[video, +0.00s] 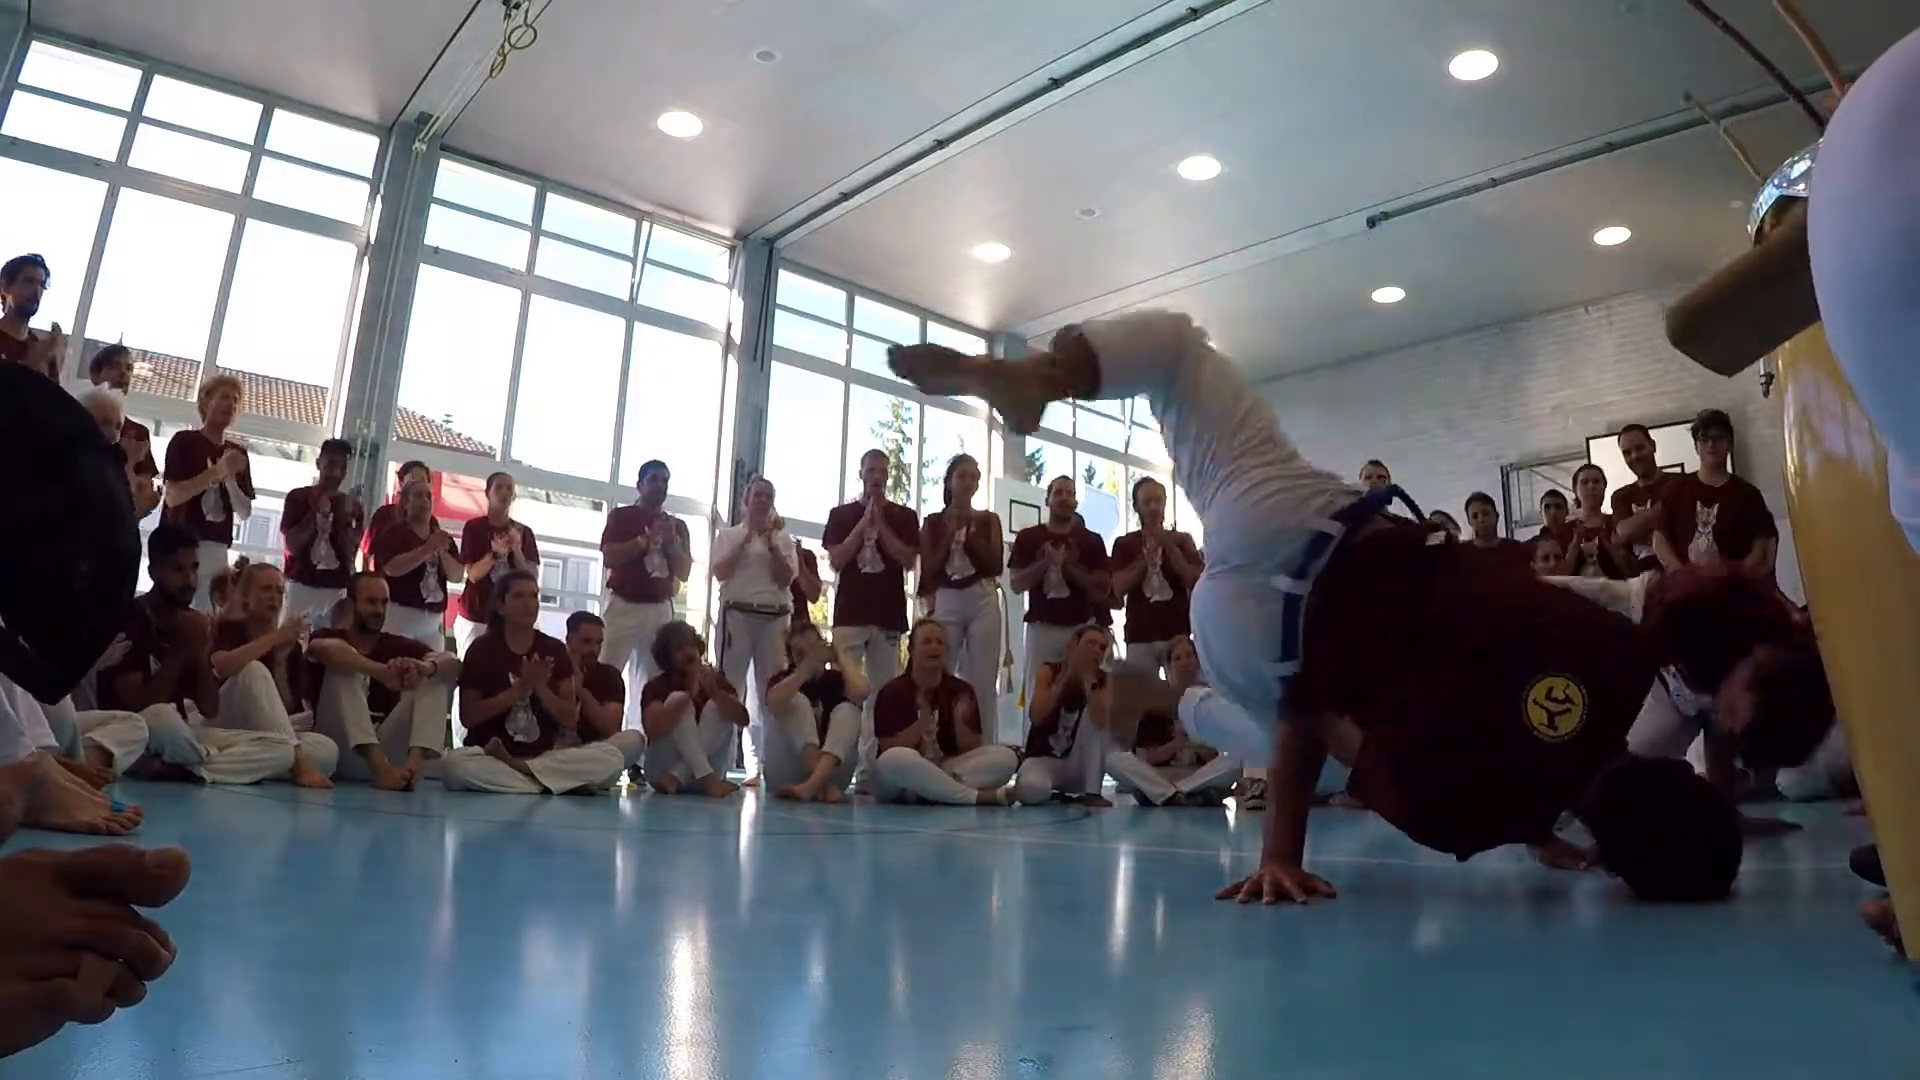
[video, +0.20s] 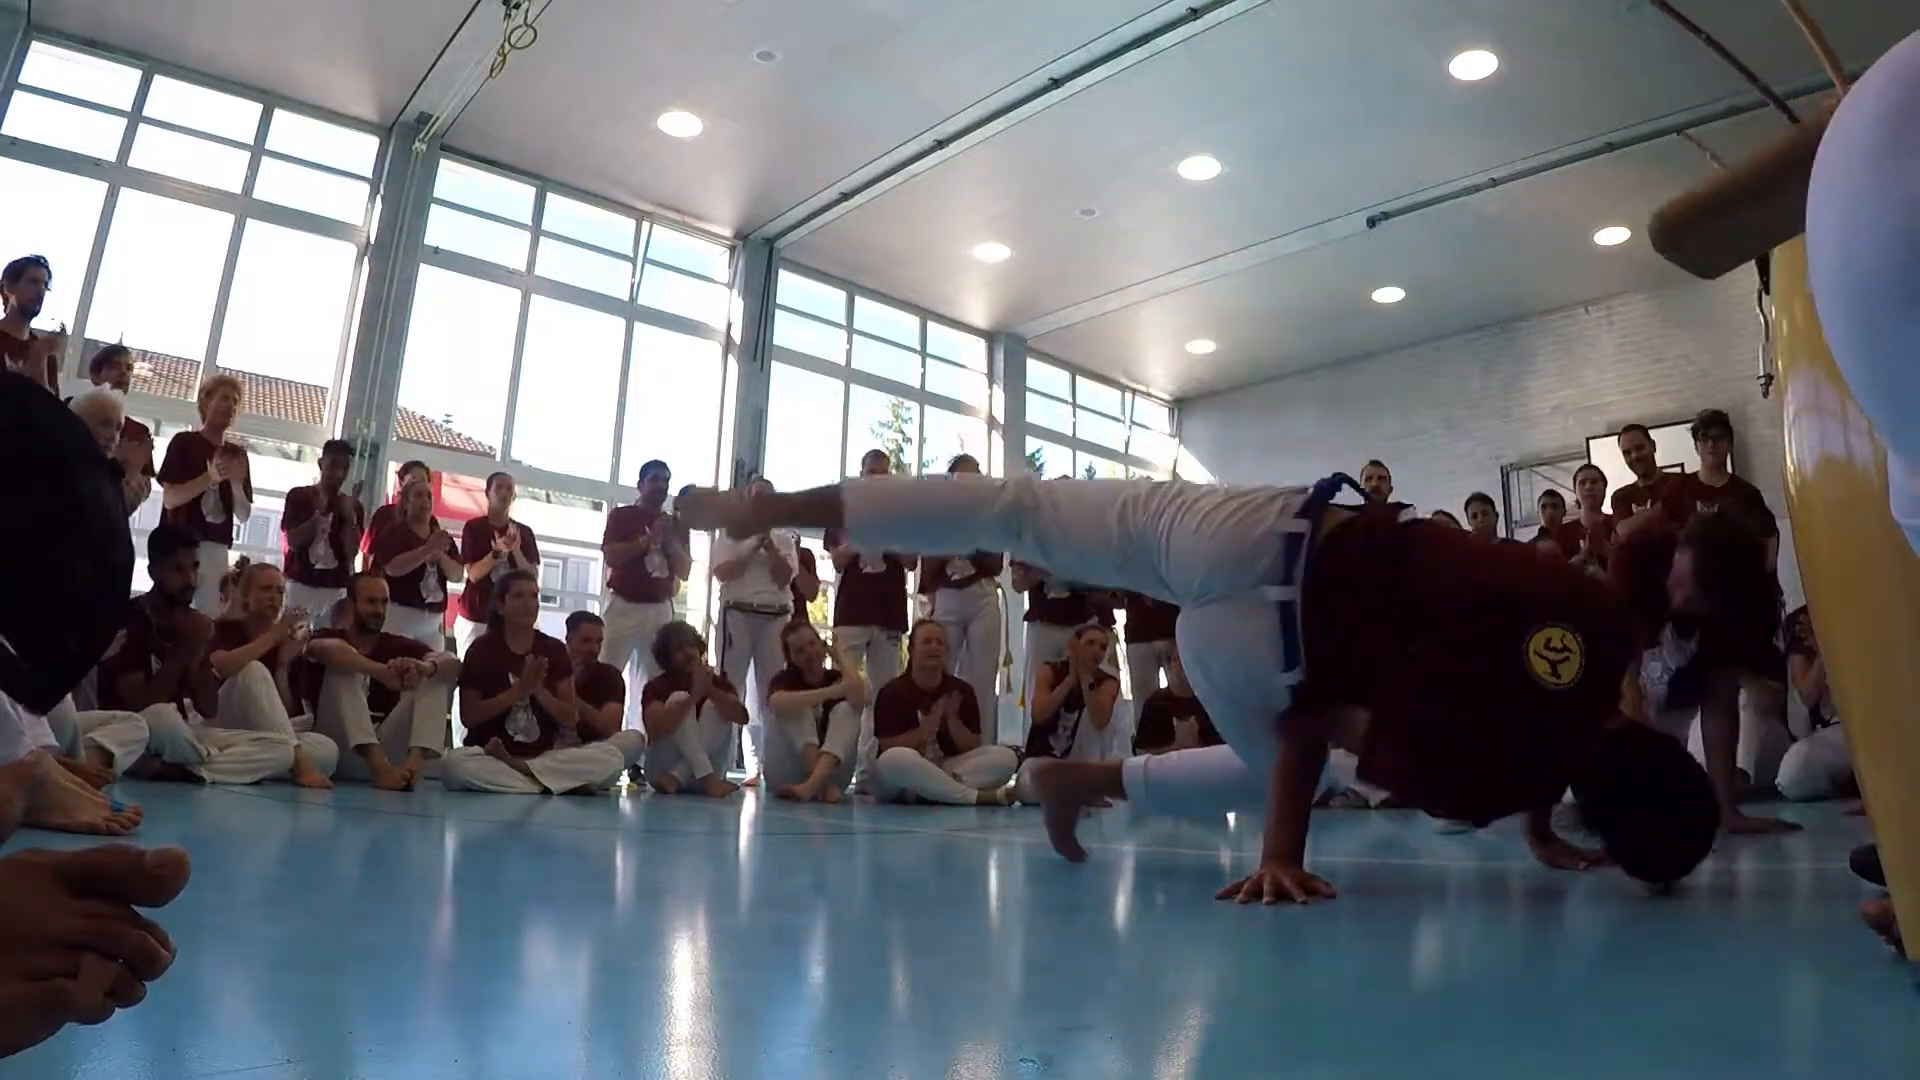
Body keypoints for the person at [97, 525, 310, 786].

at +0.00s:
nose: (190, 579)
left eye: (194, 568)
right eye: (177, 569)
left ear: (199, 569)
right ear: (153, 572)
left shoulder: (195, 622)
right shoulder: (129, 616)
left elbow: (209, 708)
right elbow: (137, 702)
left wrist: (200, 650)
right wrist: (183, 647)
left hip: (184, 733)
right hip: (134, 733)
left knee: (283, 751)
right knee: (162, 716)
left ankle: (182, 771)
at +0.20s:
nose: (190, 578)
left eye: (194, 567)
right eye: (178, 569)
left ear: (200, 568)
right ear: (153, 570)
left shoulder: (197, 623)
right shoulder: (126, 616)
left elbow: (208, 707)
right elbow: (138, 703)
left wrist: (196, 651)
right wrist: (181, 650)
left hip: (185, 730)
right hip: (131, 733)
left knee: (285, 752)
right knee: (161, 716)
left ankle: (181, 771)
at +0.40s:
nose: (193, 580)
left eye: (196, 569)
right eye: (180, 570)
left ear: (201, 569)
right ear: (155, 572)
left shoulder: (196, 623)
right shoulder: (129, 615)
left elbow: (206, 708)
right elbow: (135, 703)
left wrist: (196, 659)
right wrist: (184, 650)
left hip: (184, 731)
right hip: (133, 731)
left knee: (283, 752)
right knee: (162, 716)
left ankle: (182, 771)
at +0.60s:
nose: (193, 579)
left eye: (198, 569)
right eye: (182, 569)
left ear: (203, 569)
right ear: (156, 570)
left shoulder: (197, 623)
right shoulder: (129, 615)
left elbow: (206, 709)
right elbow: (135, 704)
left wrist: (203, 650)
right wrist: (183, 650)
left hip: (185, 730)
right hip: (133, 732)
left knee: (285, 751)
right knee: (161, 716)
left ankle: (182, 771)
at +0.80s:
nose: (195, 578)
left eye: (198, 569)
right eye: (184, 569)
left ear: (203, 570)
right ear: (157, 569)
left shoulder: (199, 624)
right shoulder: (131, 614)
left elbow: (208, 708)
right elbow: (134, 703)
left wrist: (201, 649)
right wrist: (183, 653)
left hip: (185, 731)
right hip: (133, 733)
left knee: (284, 753)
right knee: (161, 716)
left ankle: (181, 771)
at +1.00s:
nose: (195, 577)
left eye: (199, 567)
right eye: (184, 567)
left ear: (204, 569)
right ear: (158, 568)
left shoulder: (200, 624)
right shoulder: (131, 614)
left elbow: (205, 709)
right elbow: (138, 703)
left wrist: (203, 650)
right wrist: (185, 647)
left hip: (184, 731)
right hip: (132, 732)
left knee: (283, 752)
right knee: (161, 717)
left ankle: (178, 770)